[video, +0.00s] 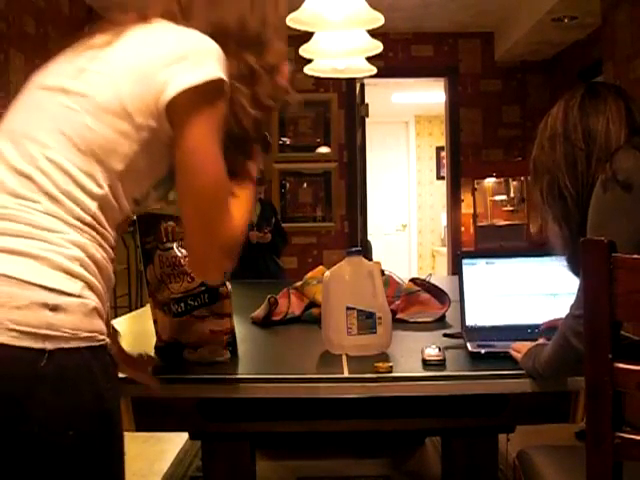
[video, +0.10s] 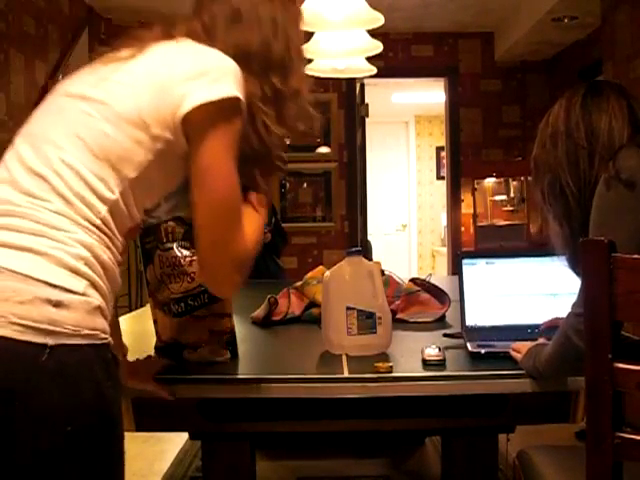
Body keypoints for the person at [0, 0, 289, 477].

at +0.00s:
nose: (283, 66)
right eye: (277, 31)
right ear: (245, 25)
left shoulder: (90, 50)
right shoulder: (187, 49)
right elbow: (211, 261)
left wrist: (119, 356)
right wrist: (245, 176)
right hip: (45, 339)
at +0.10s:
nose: (285, 61)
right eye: (284, 41)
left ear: (205, 16)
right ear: (261, 36)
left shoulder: (114, 64)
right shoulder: (208, 68)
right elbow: (224, 274)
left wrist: (117, 364)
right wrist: (257, 205)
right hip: (47, 334)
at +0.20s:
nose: (295, 89)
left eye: (299, 73)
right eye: (297, 72)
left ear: (224, 33)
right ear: (280, 62)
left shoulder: (124, 70)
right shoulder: (224, 83)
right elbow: (231, 284)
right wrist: (271, 200)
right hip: (50, 329)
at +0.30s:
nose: (298, 103)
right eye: (303, 87)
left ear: (234, 42)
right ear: (288, 71)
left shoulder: (139, 73)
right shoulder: (234, 92)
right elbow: (235, 290)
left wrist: (117, 371)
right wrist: (275, 210)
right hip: (55, 329)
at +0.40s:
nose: (312, 100)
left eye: (319, 84)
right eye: (314, 84)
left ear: (243, 48)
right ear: (298, 74)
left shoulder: (154, 73)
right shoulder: (242, 97)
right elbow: (239, 294)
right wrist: (277, 223)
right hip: (58, 327)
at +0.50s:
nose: (315, 109)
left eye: (323, 94)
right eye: (319, 93)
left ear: (252, 52)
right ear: (304, 81)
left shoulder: (159, 78)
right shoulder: (246, 100)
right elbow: (242, 296)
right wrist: (286, 213)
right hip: (60, 326)